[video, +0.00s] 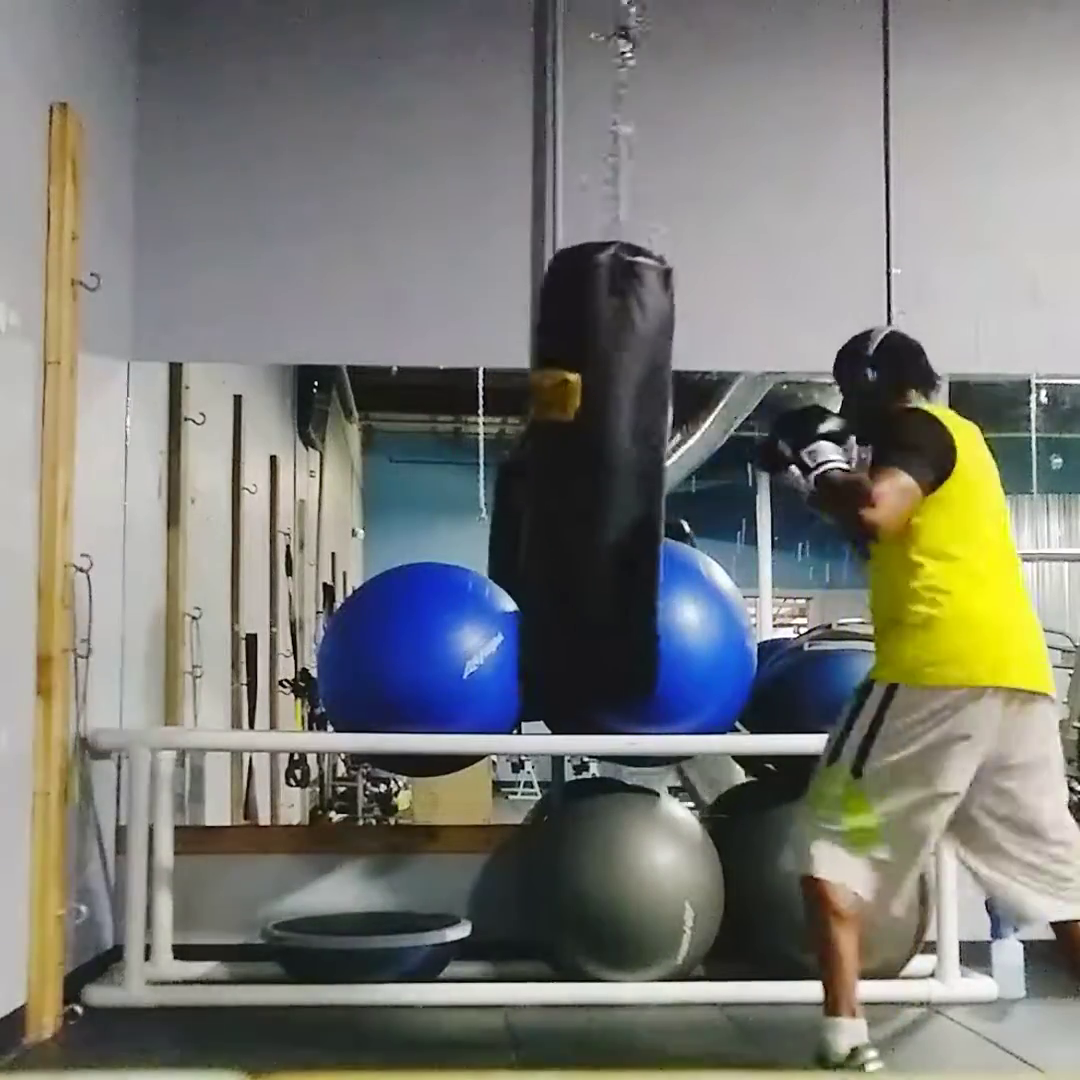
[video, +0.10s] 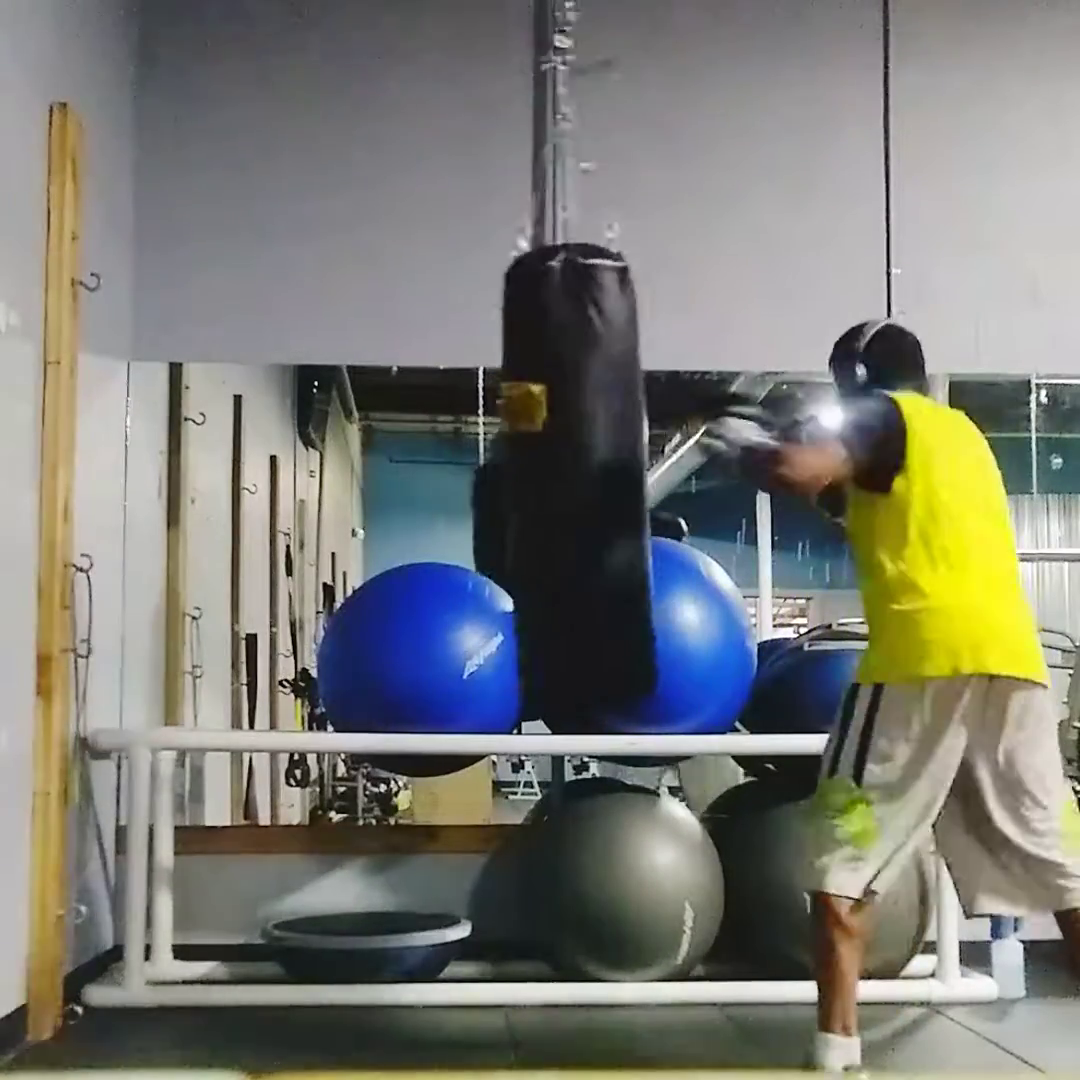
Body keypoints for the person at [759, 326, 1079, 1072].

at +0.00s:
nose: (852, 413)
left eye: (853, 400)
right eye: (850, 403)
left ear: (874, 392)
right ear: (926, 383)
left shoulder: (916, 425)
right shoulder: (963, 435)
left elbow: (877, 512)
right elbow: (881, 516)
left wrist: (821, 468)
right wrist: (829, 476)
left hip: (937, 669)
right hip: (1021, 673)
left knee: (833, 840)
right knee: (1060, 875)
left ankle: (845, 1029)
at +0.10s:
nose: (838, 394)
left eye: (841, 384)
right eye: (838, 387)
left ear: (858, 378)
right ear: (924, 376)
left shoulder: (876, 412)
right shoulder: (967, 434)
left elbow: (802, 471)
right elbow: (898, 526)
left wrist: (748, 450)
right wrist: (829, 487)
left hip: (920, 653)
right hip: (1015, 655)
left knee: (845, 845)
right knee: (1054, 849)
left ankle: (837, 1042)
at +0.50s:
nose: (790, 389)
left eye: (789, 378)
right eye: (790, 381)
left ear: (803, 371)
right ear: (872, 370)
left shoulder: (804, 407)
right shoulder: (935, 435)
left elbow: (701, 481)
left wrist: (679, 446)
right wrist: (744, 450)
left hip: (839, 651)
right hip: (948, 655)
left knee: (759, 841)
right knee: (995, 863)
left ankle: (709, 1041)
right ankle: (1056, 1054)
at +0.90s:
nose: (684, 366)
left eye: (686, 356)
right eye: (688, 358)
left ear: (695, 352)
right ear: (769, 350)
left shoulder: (688, 396)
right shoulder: (831, 419)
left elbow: (586, 478)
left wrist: (573, 445)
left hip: (706, 653)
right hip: (823, 656)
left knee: (622, 833)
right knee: (867, 861)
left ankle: (570, 1033)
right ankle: (914, 1059)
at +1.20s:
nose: (581, 339)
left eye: (580, 328)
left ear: (584, 324)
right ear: (665, 321)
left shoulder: (561, 377)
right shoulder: (726, 387)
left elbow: (439, 463)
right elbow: (751, 518)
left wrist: (461, 411)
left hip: (598, 633)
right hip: (712, 635)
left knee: (565, 855)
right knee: (747, 855)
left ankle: (541, 1059)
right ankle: (762, 1057)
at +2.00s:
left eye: (511, 207)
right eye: (611, 211)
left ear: (513, 210)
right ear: (609, 216)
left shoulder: (469, 287)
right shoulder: (673, 305)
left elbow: (409, 446)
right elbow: (704, 468)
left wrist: (486, 441)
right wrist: (616, 447)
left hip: (494, 582)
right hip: (624, 590)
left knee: (478, 836)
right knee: (627, 839)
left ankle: (454, 1065)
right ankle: (646, 1066)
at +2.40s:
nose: (494, 209)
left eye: (494, 197)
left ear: (504, 200)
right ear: (598, 194)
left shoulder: (446, 290)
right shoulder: (660, 276)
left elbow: (414, 467)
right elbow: (728, 416)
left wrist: (502, 434)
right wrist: (636, 458)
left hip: (481, 592)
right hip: (623, 588)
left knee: (437, 852)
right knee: (671, 841)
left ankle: (382, 1069)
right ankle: (700, 1066)